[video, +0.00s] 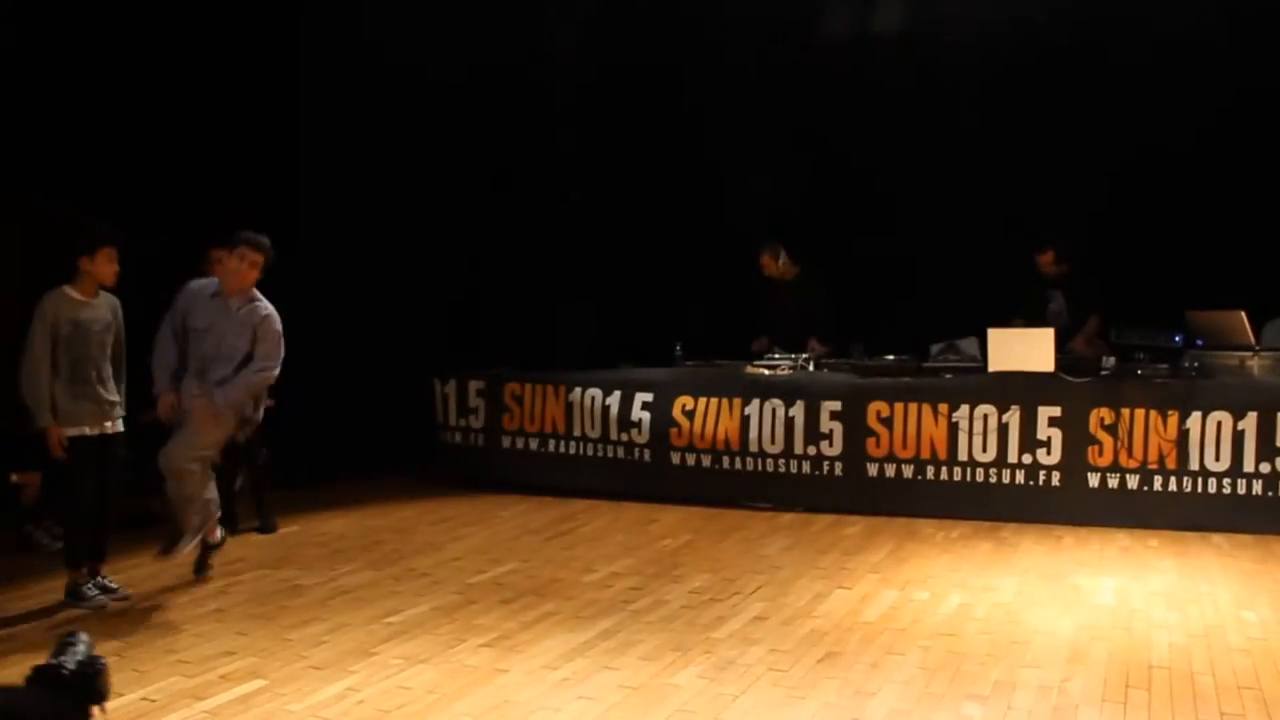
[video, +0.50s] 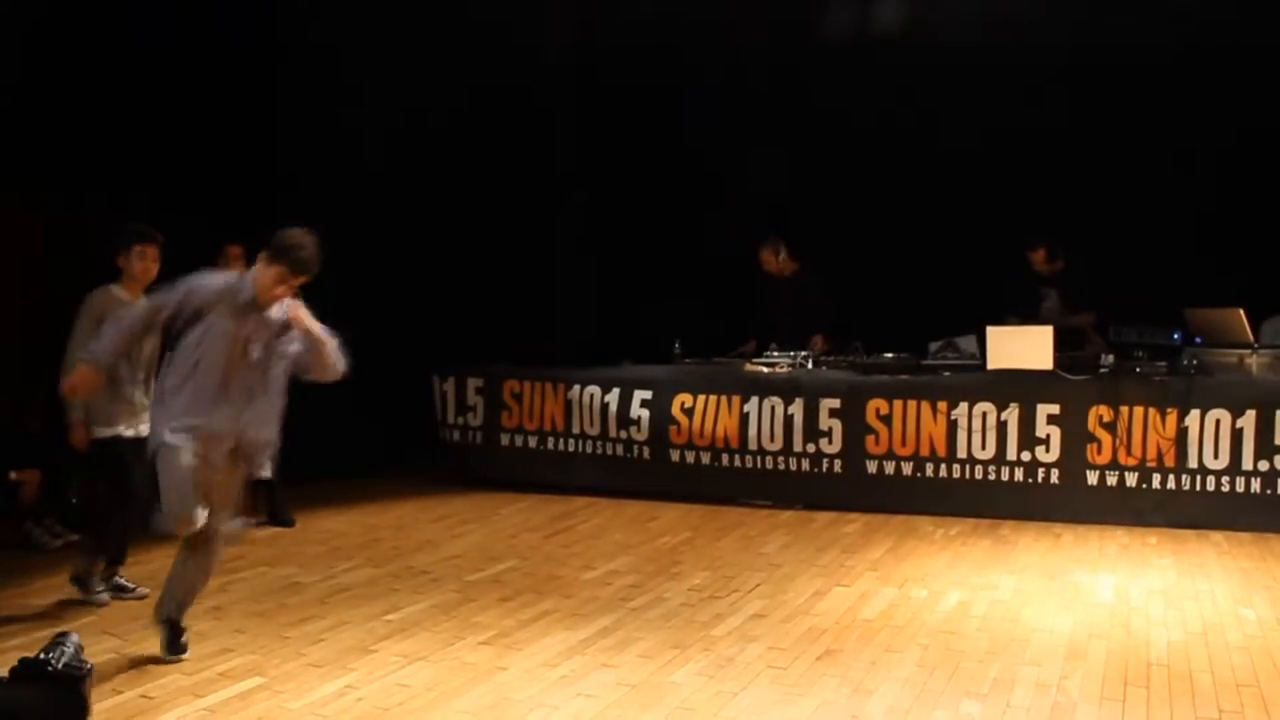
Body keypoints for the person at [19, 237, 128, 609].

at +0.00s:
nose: (115, 269)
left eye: (115, 262)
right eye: (108, 262)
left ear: (106, 267)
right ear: (85, 264)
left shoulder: (112, 306)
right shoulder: (54, 306)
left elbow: (117, 362)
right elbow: (37, 368)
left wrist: (118, 406)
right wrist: (48, 423)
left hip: (109, 426)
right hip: (71, 431)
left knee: (105, 503)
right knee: (77, 505)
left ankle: (97, 573)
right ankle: (77, 579)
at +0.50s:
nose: (149, 266)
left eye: (154, 259)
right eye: (142, 258)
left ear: (159, 265)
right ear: (124, 261)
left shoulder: (151, 309)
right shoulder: (102, 302)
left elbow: (148, 367)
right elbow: (77, 361)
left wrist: (152, 413)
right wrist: (77, 418)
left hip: (138, 424)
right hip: (104, 425)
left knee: (130, 501)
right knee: (105, 501)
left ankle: (113, 569)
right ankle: (87, 569)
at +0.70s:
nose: (173, 257)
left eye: (177, 250)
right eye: (165, 249)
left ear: (182, 256)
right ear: (147, 254)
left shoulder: (174, 301)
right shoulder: (128, 295)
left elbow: (172, 359)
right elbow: (105, 355)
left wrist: (172, 404)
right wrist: (108, 410)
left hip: (159, 417)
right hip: (129, 419)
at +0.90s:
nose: (207, 268)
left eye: (210, 259)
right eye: (201, 258)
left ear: (208, 262)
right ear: (181, 258)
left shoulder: (186, 304)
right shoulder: (160, 300)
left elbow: (179, 372)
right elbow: (144, 360)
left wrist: (193, 422)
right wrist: (143, 418)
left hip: (184, 422)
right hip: (164, 425)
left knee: (187, 490)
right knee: (174, 495)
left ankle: (149, 543)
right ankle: (167, 572)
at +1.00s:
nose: (214, 250)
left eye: (217, 242)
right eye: (207, 241)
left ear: (215, 246)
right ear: (186, 244)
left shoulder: (195, 287)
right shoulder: (179, 285)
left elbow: (188, 348)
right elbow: (167, 345)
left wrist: (192, 401)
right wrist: (166, 403)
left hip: (194, 413)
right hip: (176, 416)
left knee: (195, 487)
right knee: (174, 492)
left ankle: (181, 558)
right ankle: (165, 571)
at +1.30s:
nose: (212, 277)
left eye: (215, 270)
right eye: (212, 268)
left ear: (188, 261)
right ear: (199, 261)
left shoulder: (154, 295)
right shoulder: (182, 289)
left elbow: (147, 363)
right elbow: (186, 349)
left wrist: (154, 416)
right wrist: (198, 399)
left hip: (167, 412)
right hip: (186, 411)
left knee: (193, 486)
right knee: (187, 487)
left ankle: (203, 560)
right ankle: (140, 557)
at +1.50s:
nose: (179, 279)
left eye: (179, 273)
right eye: (179, 272)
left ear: (145, 265)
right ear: (169, 266)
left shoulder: (118, 299)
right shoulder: (165, 292)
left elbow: (116, 364)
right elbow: (176, 352)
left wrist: (124, 421)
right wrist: (181, 407)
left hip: (135, 412)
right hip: (164, 410)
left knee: (151, 482)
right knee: (184, 473)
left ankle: (153, 560)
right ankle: (182, 550)